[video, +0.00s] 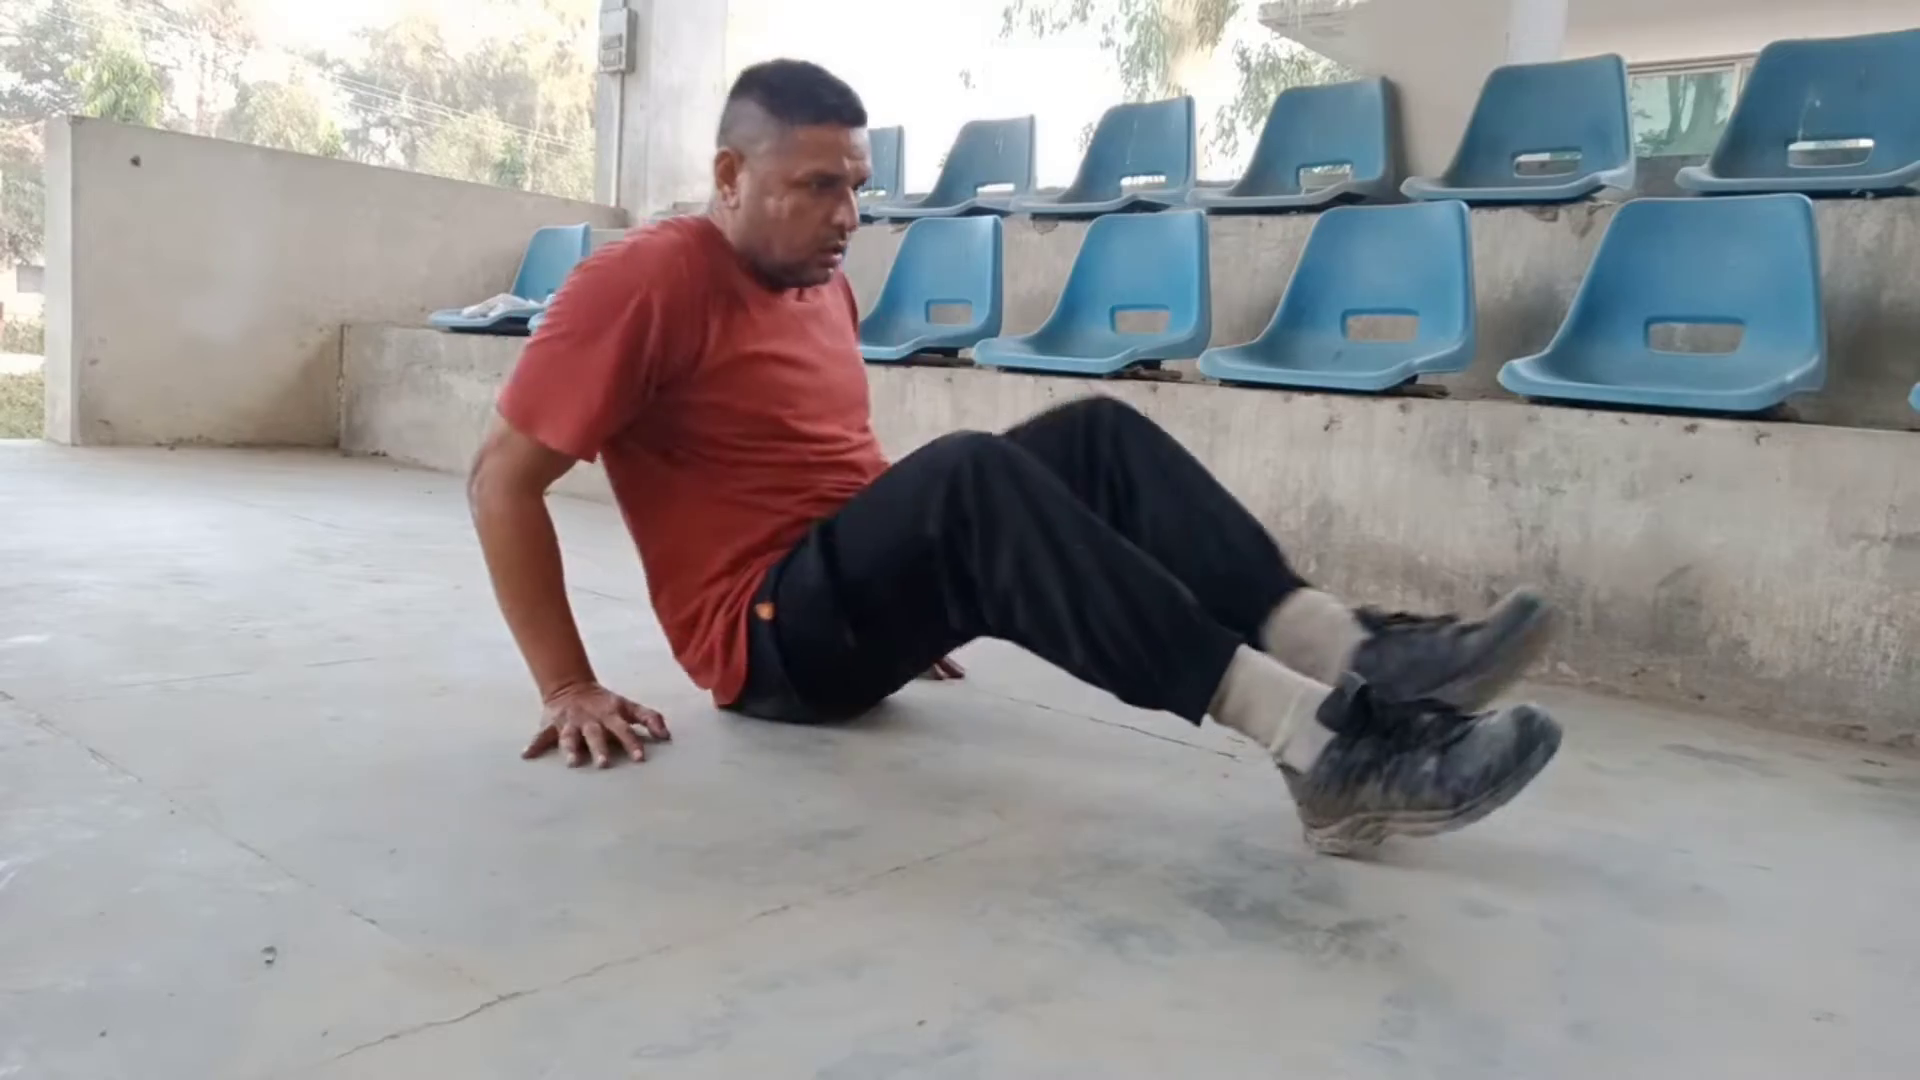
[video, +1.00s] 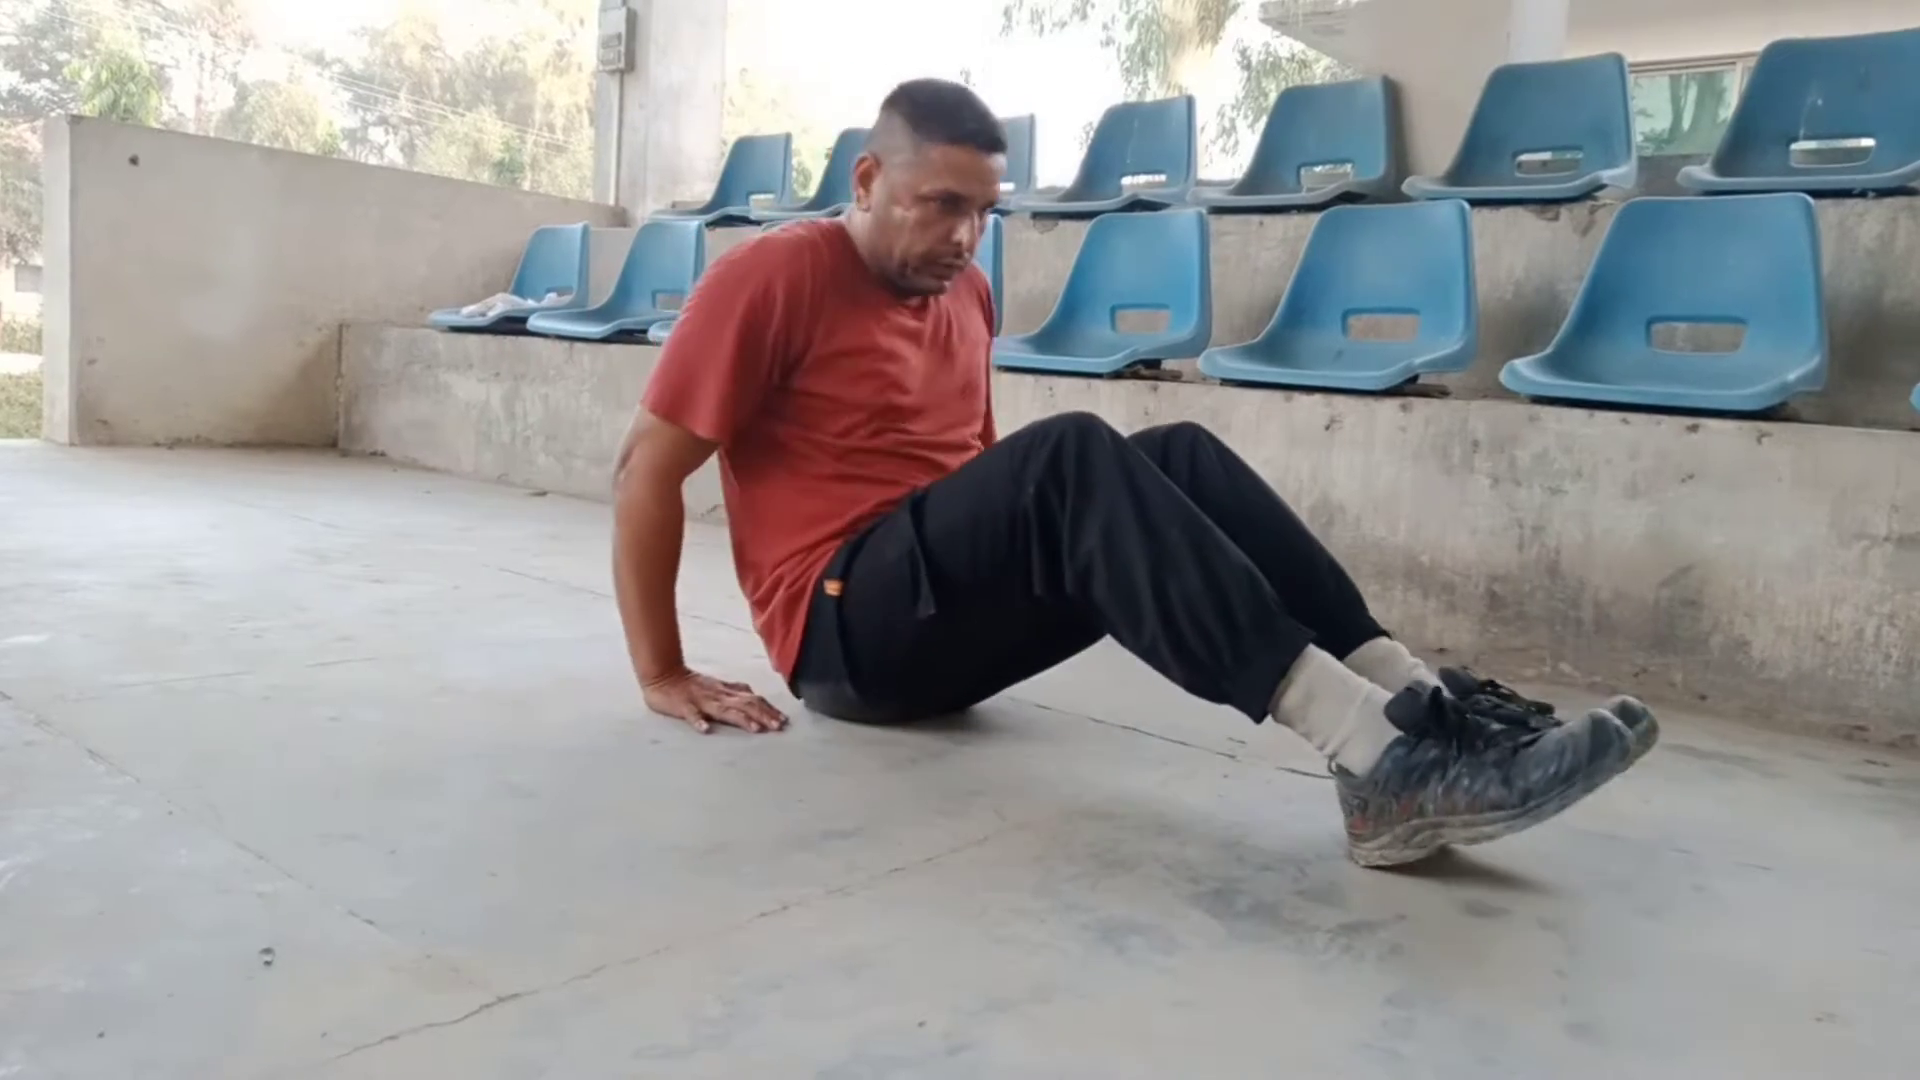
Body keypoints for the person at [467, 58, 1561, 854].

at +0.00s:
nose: (840, 214)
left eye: (851, 187)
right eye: (813, 188)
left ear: (846, 180)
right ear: (728, 178)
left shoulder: (821, 284)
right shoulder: (639, 282)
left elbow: (809, 460)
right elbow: (502, 483)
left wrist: (895, 618)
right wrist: (565, 686)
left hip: (859, 586)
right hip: (763, 632)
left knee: (1097, 432)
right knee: (970, 479)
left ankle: (1357, 661)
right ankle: (1319, 753)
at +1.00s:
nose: (961, 235)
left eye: (978, 211)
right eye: (940, 205)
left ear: (985, 202)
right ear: (867, 183)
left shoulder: (962, 287)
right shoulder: (769, 275)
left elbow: (965, 455)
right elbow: (650, 462)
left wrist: (995, 601)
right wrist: (660, 677)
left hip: (948, 617)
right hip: (844, 627)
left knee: (1179, 454)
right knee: (1068, 451)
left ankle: (1434, 711)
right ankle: (1371, 759)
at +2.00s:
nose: (953, 218)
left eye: (966, 194)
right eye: (932, 190)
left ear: (966, 194)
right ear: (852, 179)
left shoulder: (944, 298)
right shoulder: (759, 278)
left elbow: (924, 470)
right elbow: (655, 479)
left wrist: (917, 636)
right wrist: (709, 680)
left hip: (930, 610)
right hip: (836, 624)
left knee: (1177, 457)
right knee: (1084, 462)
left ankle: (1443, 716)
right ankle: (1397, 746)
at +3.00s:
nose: (899, 231)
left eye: (917, 208)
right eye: (875, 204)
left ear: (924, 204)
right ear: (805, 189)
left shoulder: (911, 301)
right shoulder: (719, 300)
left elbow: (899, 460)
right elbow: (568, 468)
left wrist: (944, 618)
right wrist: (584, 679)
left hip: (931, 586)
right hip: (836, 609)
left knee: (1178, 453)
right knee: (1103, 469)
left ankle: (1433, 733)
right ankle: (1409, 740)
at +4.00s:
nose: (789, 251)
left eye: (801, 227)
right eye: (760, 228)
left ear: (812, 231)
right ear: (689, 233)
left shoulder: (815, 316)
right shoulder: (633, 329)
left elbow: (848, 462)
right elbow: (495, 498)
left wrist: (911, 545)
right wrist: (576, 681)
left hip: (917, 563)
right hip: (832, 610)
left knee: (1170, 524)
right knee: (1124, 538)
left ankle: (1541, 609)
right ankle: (1515, 644)